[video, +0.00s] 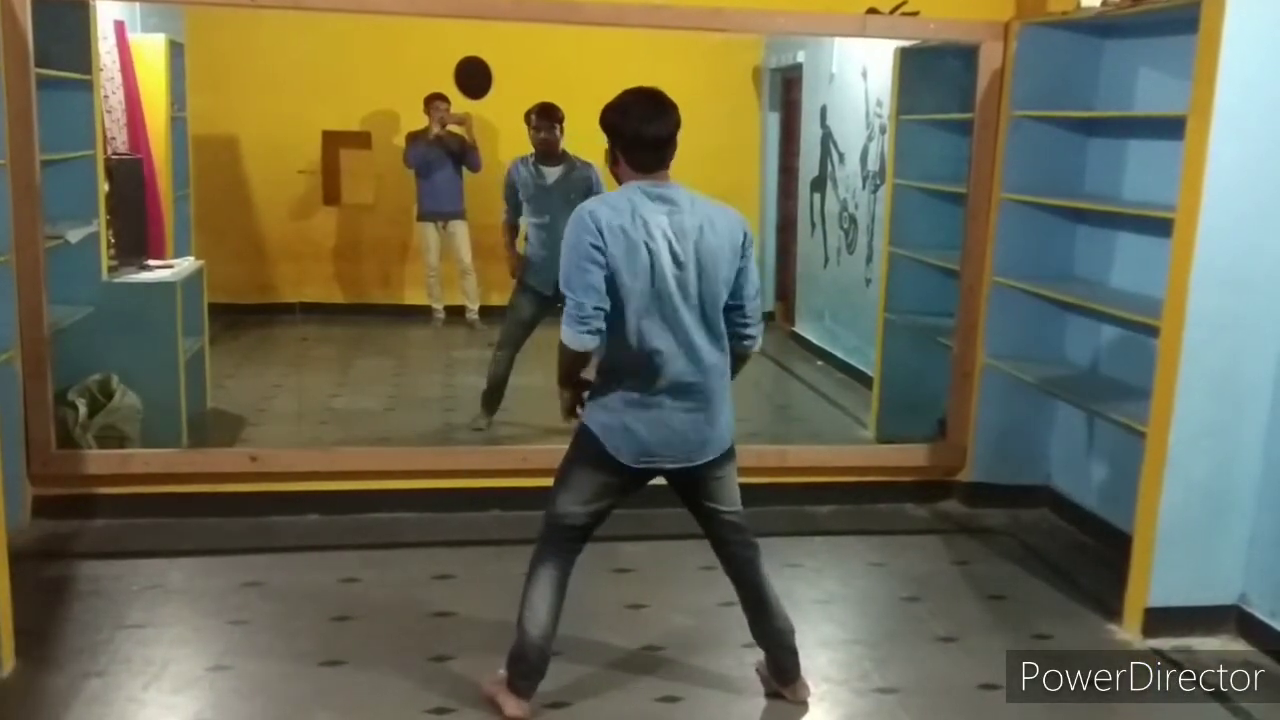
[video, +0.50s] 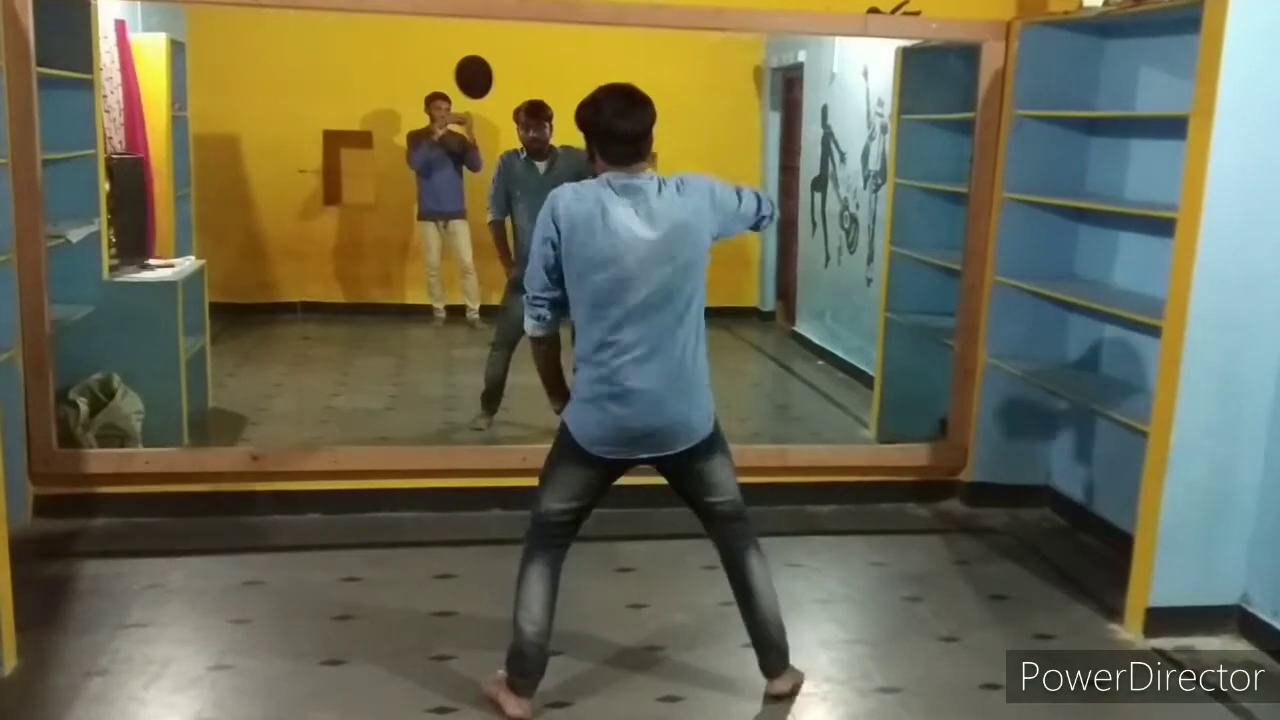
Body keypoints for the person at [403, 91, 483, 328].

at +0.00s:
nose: (441, 114)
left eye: (445, 109)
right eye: (436, 109)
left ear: (450, 113)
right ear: (427, 112)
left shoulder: (456, 140)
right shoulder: (416, 138)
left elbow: (475, 165)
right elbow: (411, 161)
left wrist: (469, 133)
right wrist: (431, 136)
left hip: (455, 212)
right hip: (428, 214)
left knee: (466, 264)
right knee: (432, 266)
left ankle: (472, 313)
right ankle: (437, 312)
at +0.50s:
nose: (441, 113)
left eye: (445, 109)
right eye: (436, 108)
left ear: (450, 112)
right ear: (428, 111)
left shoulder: (456, 138)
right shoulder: (417, 137)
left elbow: (475, 165)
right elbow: (415, 163)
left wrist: (470, 133)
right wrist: (435, 136)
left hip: (456, 211)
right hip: (428, 212)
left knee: (466, 264)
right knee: (433, 265)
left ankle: (473, 312)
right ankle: (438, 311)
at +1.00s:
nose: (440, 111)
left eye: (444, 107)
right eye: (436, 106)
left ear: (450, 110)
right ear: (427, 109)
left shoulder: (456, 137)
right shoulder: (417, 135)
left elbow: (475, 163)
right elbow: (414, 161)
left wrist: (469, 132)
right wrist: (435, 135)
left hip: (455, 210)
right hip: (428, 211)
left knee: (466, 263)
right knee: (432, 265)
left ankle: (473, 311)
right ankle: (438, 310)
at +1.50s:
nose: (440, 111)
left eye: (444, 106)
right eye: (435, 106)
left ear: (449, 109)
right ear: (427, 108)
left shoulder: (456, 136)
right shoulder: (416, 134)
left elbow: (474, 162)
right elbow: (415, 161)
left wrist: (470, 133)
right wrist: (434, 135)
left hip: (455, 210)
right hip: (428, 210)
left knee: (467, 262)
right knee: (432, 264)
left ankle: (473, 309)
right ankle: (437, 308)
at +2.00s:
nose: (440, 111)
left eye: (445, 106)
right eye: (436, 106)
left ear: (450, 110)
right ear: (427, 109)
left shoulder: (457, 136)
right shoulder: (417, 135)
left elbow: (476, 163)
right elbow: (416, 161)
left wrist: (469, 132)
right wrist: (436, 135)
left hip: (456, 209)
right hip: (429, 210)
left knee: (467, 262)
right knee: (433, 264)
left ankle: (474, 310)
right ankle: (438, 309)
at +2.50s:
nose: (440, 110)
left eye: (444, 106)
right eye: (436, 106)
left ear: (450, 109)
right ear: (427, 108)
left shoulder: (457, 135)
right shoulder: (417, 134)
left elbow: (476, 162)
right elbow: (415, 161)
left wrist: (470, 130)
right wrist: (435, 134)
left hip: (456, 209)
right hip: (429, 210)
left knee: (468, 262)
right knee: (433, 263)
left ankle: (474, 310)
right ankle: (438, 308)